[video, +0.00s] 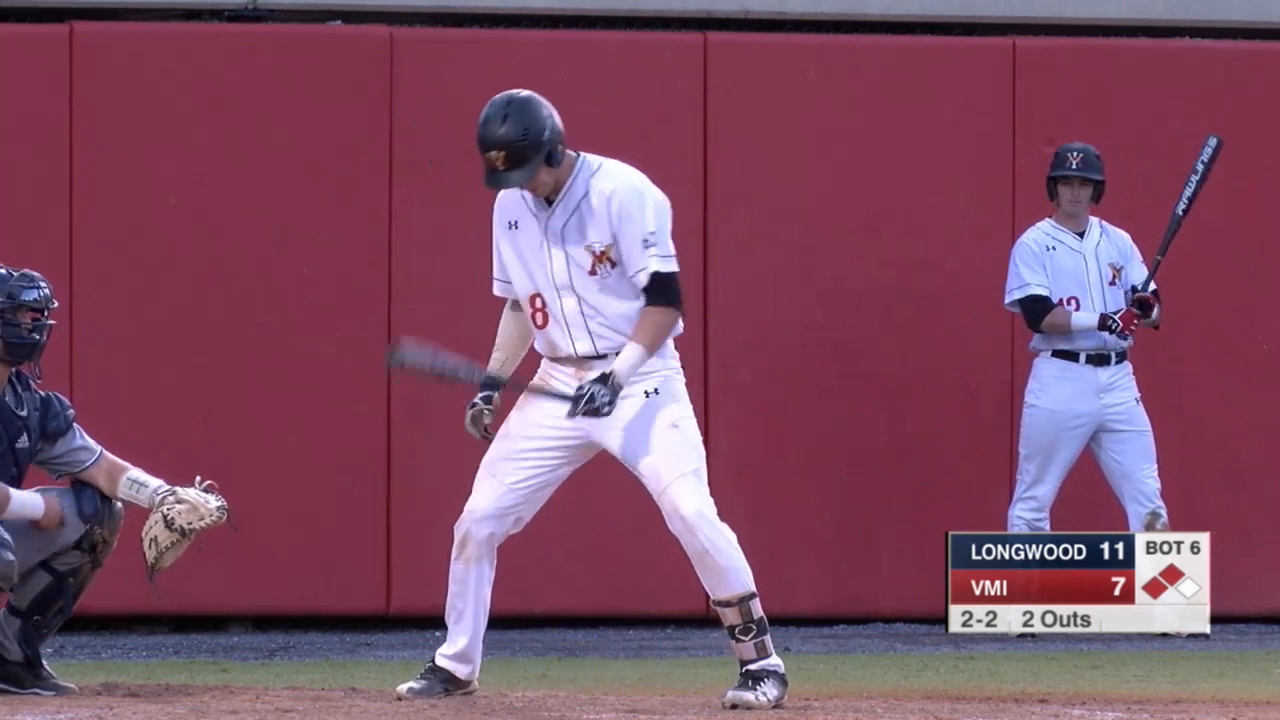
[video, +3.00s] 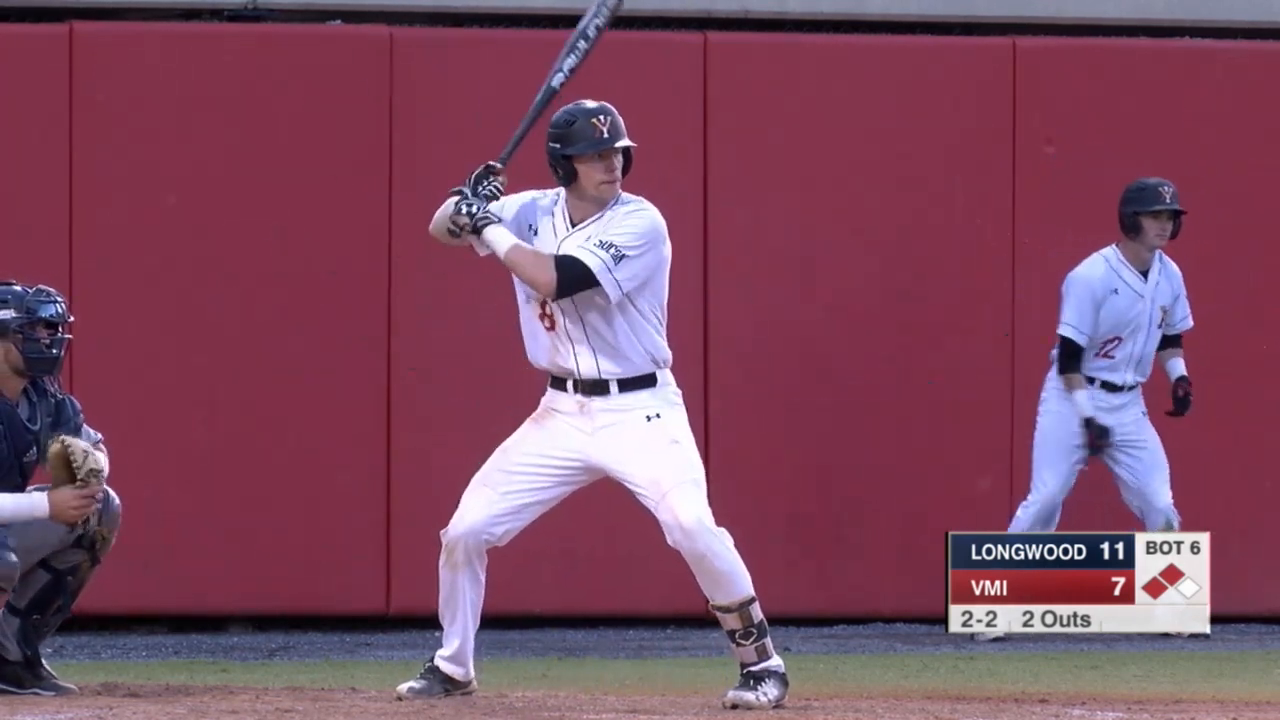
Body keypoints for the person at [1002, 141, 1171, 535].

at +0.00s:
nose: (1075, 192)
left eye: (1083, 184)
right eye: (1067, 183)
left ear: (1096, 189)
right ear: (1053, 187)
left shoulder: (1119, 241)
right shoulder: (1032, 243)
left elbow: (1152, 312)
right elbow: (1040, 317)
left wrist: (1146, 309)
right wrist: (1101, 320)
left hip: (1118, 383)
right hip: (1058, 381)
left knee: (1148, 504)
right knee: (1033, 502)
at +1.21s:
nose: (1124, 193)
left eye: (1130, 185)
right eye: (1115, 184)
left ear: (1135, 191)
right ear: (1092, 187)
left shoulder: (1136, 246)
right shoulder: (1064, 242)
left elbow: (1149, 314)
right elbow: (1087, 322)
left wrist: (1163, 326)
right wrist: (1146, 342)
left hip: (1121, 387)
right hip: (1067, 384)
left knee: (1151, 504)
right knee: (1037, 504)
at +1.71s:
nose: (1195, 201)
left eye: (1199, 193)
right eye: (1186, 192)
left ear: (1204, 198)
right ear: (1162, 195)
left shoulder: (1188, 254)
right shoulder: (1134, 246)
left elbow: (1186, 328)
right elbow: (1148, 333)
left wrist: (1217, 359)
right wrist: (1193, 375)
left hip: (1153, 385)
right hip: (1106, 378)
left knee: (1172, 501)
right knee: (1083, 494)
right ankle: (1032, 582)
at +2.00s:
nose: (1198, 209)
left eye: (1203, 201)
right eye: (1189, 200)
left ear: (1207, 206)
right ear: (1163, 203)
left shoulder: (1192, 257)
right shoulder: (1130, 259)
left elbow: (1185, 323)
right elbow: (1115, 345)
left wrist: (1208, 364)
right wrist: (1138, 411)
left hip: (1147, 386)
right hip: (1099, 382)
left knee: (1171, 495)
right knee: (1060, 484)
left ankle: (1179, 592)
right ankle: (1000, 576)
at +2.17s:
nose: (1175, 215)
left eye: (1179, 207)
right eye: (1165, 207)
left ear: (1183, 212)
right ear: (1140, 210)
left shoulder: (1174, 264)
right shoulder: (1102, 266)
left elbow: (1172, 330)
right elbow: (1078, 348)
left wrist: (1189, 369)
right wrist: (1080, 408)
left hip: (1135, 398)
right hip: (1081, 391)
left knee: (1165, 505)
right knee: (1047, 496)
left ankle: (1171, 609)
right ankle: (992, 591)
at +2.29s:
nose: (1147, 218)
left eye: (1153, 210)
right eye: (1138, 210)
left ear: (1158, 216)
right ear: (1114, 213)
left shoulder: (1154, 266)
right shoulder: (1074, 268)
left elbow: (1156, 329)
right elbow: (1043, 339)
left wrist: (1167, 369)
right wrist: (1024, 394)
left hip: (1118, 401)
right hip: (1062, 395)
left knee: (1151, 505)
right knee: (1038, 497)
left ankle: (1165, 606)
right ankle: (991, 594)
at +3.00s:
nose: (1166, 225)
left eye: (1170, 217)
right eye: (1156, 217)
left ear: (1174, 223)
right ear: (1131, 221)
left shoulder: (1168, 274)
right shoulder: (1091, 275)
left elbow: (1169, 335)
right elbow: (1068, 357)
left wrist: (1180, 378)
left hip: (1128, 402)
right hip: (1072, 396)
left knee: (1160, 508)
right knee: (1047, 498)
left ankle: (1171, 608)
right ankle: (994, 590)